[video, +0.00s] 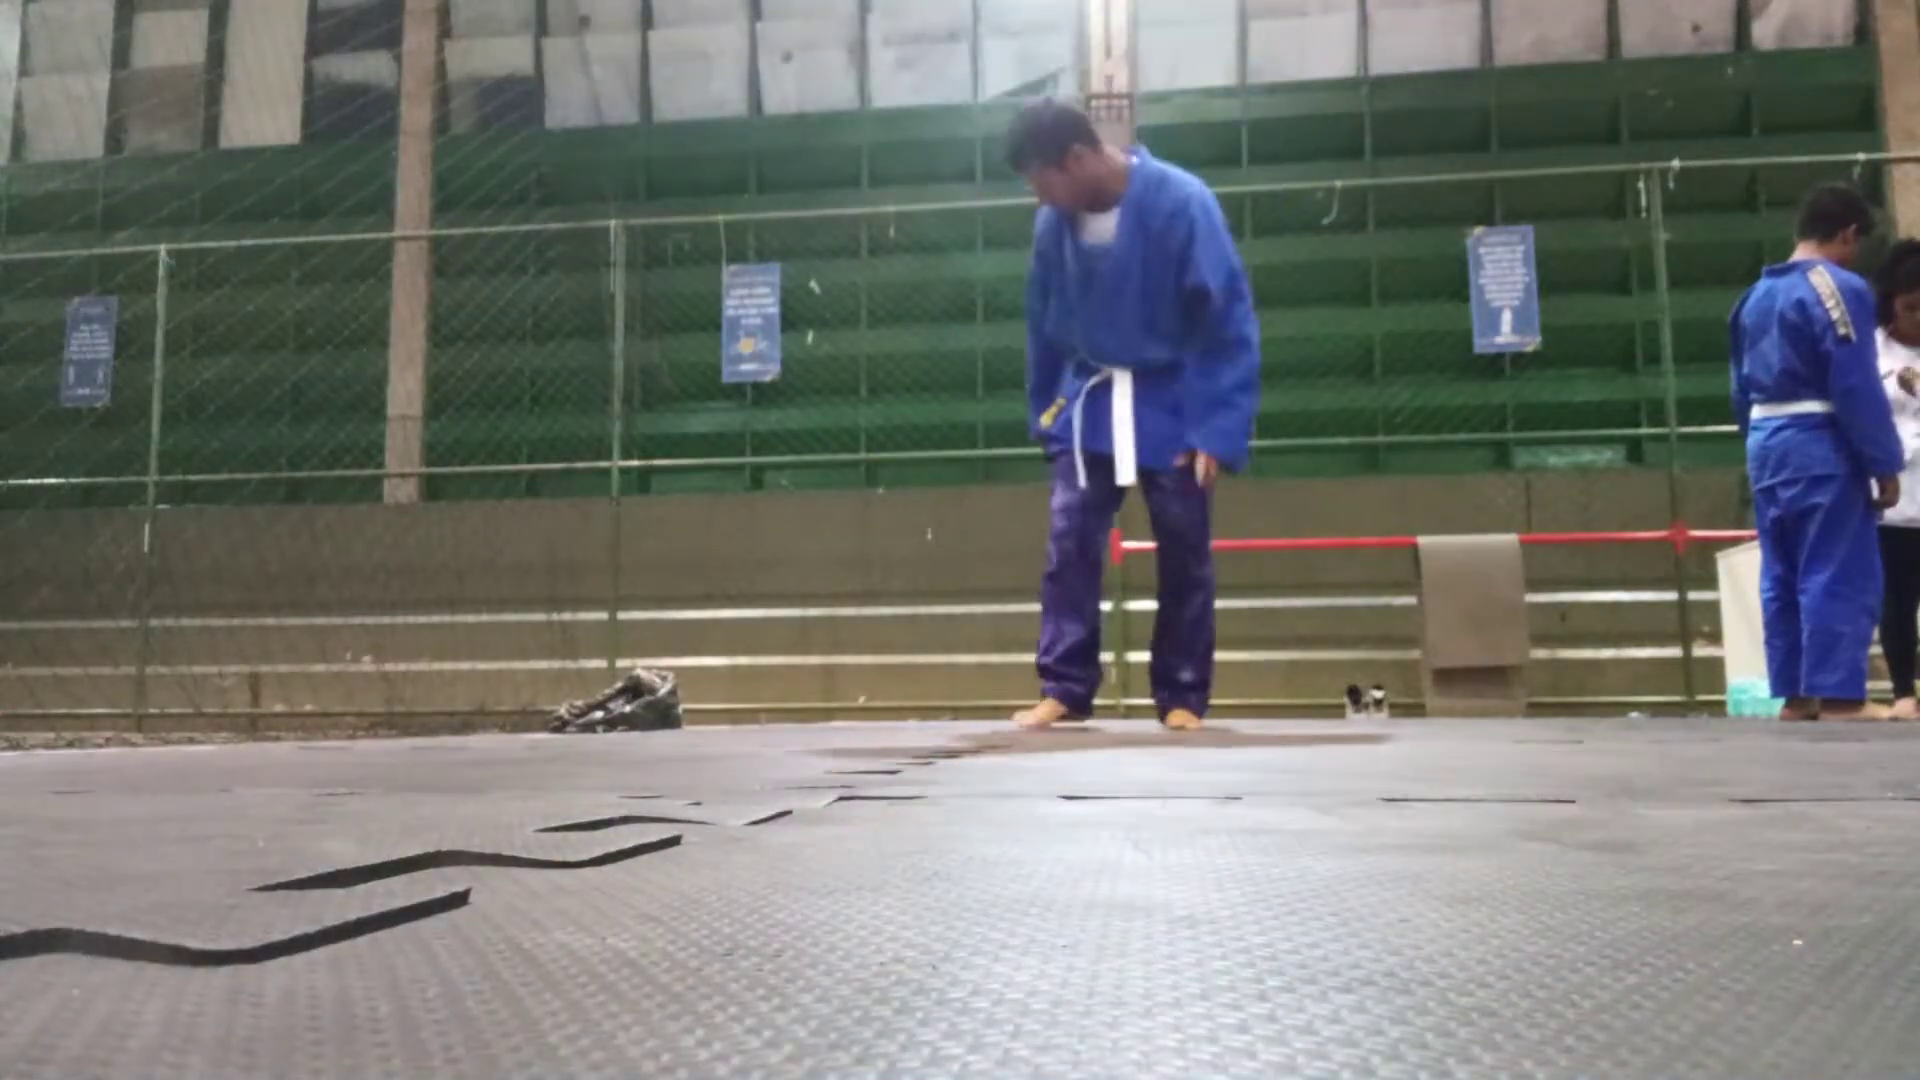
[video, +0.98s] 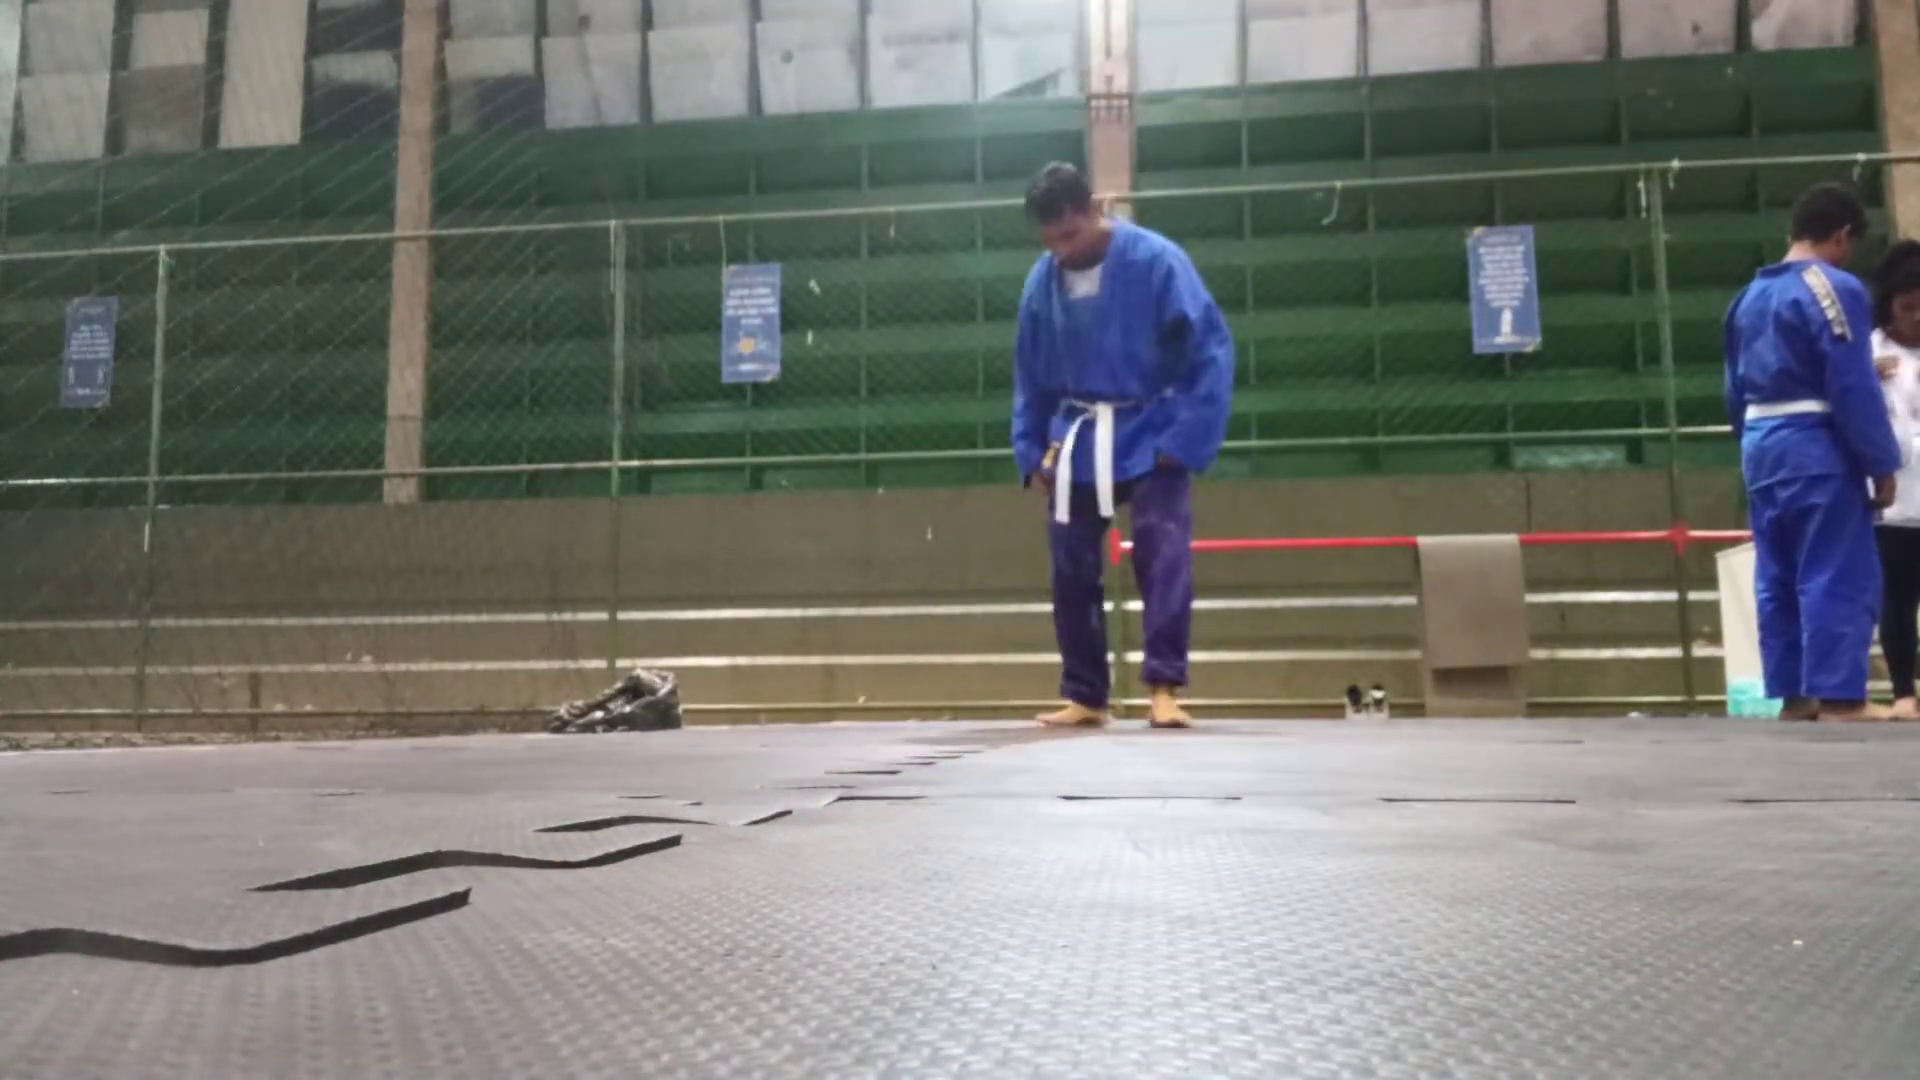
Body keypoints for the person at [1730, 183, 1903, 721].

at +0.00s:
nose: (1857, 252)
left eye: (1860, 243)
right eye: (1858, 242)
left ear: (1802, 231)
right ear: (1846, 234)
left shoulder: (1756, 295)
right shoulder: (1838, 289)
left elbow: (1743, 390)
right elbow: (1855, 387)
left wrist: (1764, 442)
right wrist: (1886, 465)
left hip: (1764, 439)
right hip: (1818, 437)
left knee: (1783, 573)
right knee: (1839, 569)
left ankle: (1794, 697)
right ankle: (1838, 699)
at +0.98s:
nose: (1849, 252)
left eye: (1852, 244)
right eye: (1851, 242)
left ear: (1795, 231)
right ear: (1840, 235)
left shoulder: (1751, 295)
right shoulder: (1833, 289)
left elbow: (1737, 391)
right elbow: (1853, 387)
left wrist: (1757, 444)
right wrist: (1883, 464)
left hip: (1759, 440)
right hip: (1814, 438)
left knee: (1778, 575)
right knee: (1839, 569)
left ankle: (1791, 696)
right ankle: (1838, 698)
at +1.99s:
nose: (1859, 251)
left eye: (1861, 242)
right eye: (1860, 241)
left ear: (1803, 231)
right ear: (1848, 235)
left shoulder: (1757, 296)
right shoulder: (1845, 290)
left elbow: (1741, 391)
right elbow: (1862, 387)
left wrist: (1761, 445)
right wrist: (1891, 465)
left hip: (1766, 443)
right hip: (1823, 441)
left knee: (1783, 576)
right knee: (1841, 572)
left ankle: (1795, 698)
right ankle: (1840, 701)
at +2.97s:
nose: (1859, 250)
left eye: (1862, 241)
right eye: (1859, 240)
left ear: (1801, 231)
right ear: (1845, 233)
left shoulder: (1757, 295)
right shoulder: (1841, 288)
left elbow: (1742, 391)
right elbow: (1859, 386)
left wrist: (1762, 445)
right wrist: (1888, 464)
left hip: (1766, 440)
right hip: (1821, 438)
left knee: (1784, 573)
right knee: (1841, 569)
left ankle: (1795, 696)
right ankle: (1839, 698)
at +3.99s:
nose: (1856, 255)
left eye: (1859, 246)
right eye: (1856, 244)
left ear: (1800, 234)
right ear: (1842, 236)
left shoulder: (1754, 297)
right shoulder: (1834, 290)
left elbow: (1739, 392)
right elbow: (1851, 389)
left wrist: (1761, 442)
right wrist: (1881, 467)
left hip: (1760, 440)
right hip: (1814, 438)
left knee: (1779, 574)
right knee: (1837, 569)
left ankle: (1793, 696)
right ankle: (1837, 697)